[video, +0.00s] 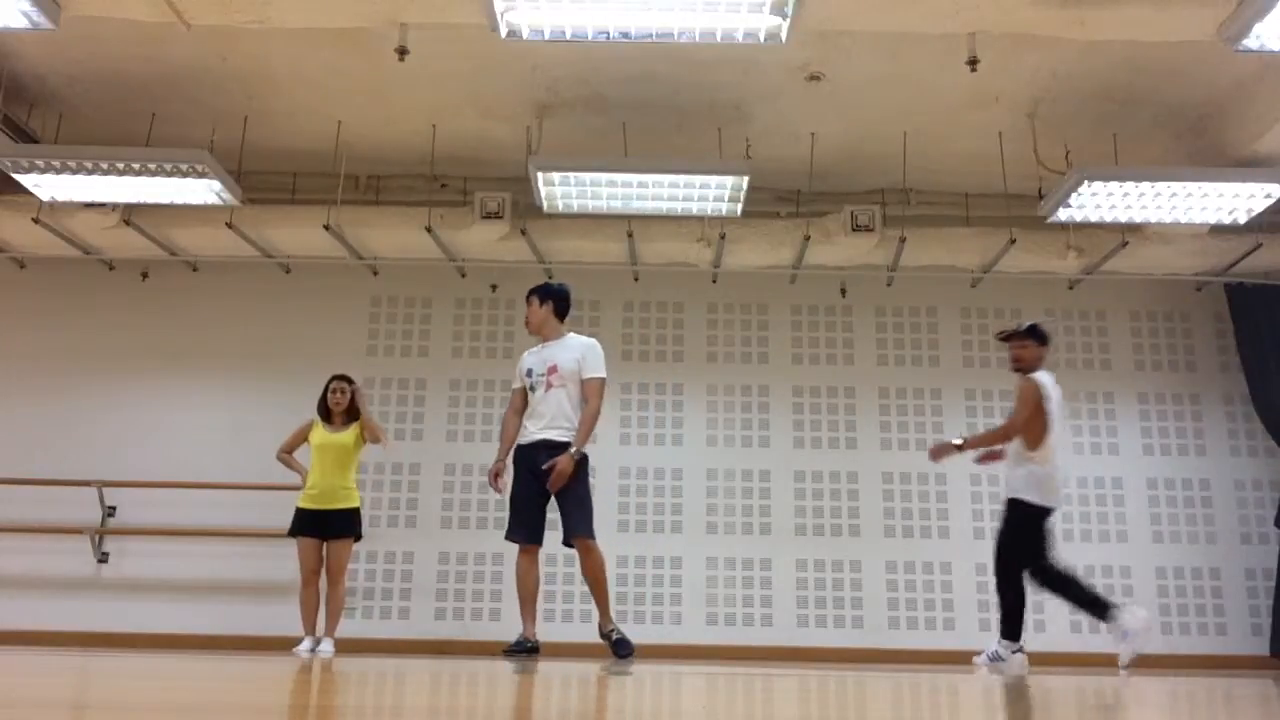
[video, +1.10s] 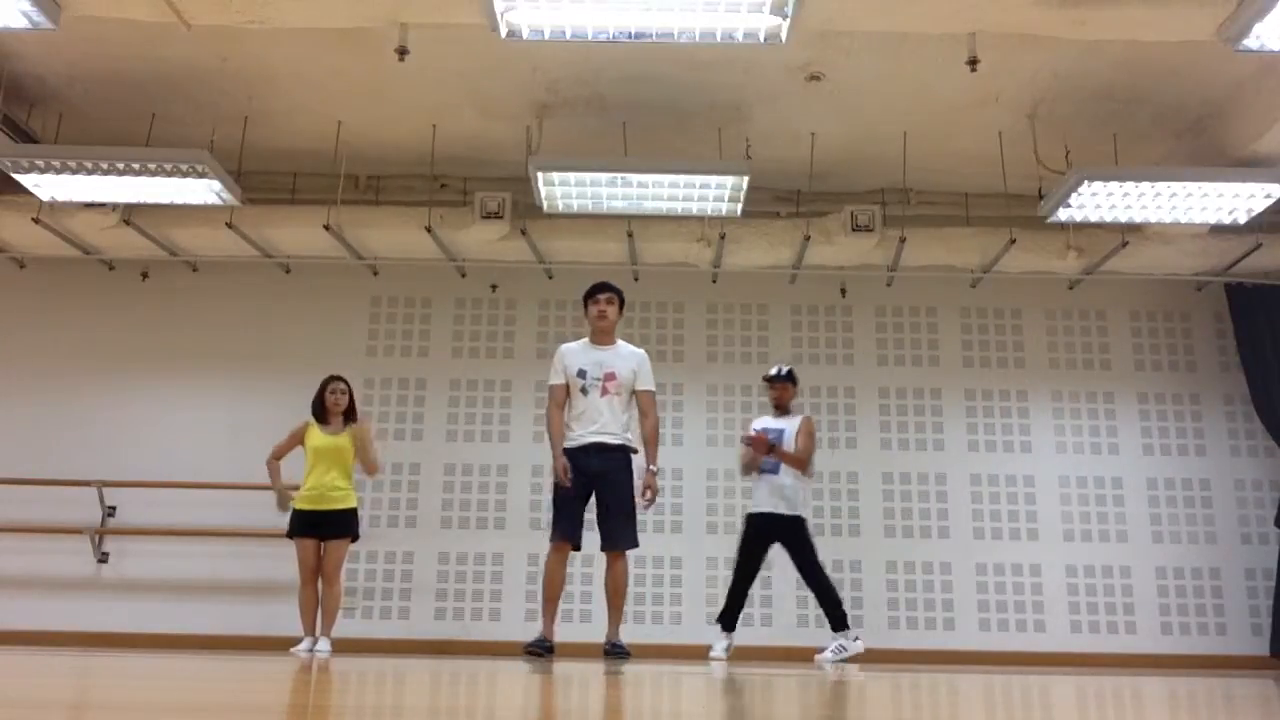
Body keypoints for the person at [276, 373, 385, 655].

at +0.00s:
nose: (337, 396)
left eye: (343, 392)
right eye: (333, 391)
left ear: (351, 397)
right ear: (325, 396)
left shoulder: (359, 426)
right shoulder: (314, 426)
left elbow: (377, 437)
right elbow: (282, 453)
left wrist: (363, 406)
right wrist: (303, 471)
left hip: (343, 506)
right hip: (311, 505)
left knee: (335, 577)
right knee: (309, 576)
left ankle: (329, 638)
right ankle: (309, 636)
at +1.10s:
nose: (337, 397)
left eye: (342, 393)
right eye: (332, 392)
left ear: (349, 398)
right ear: (322, 396)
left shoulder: (356, 431)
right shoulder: (308, 429)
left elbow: (371, 469)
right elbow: (273, 459)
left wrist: (362, 437)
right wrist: (279, 491)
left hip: (340, 507)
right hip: (307, 506)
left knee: (330, 575)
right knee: (308, 575)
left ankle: (325, 637)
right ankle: (308, 636)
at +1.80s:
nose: (337, 396)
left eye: (342, 392)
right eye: (332, 392)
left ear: (351, 398)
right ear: (324, 397)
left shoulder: (362, 430)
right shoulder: (310, 433)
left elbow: (374, 470)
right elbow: (301, 475)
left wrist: (365, 503)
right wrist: (290, 509)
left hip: (343, 508)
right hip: (309, 508)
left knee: (335, 577)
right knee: (310, 577)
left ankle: (328, 637)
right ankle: (310, 636)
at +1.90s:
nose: (337, 396)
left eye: (342, 392)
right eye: (333, 392)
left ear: (352, 398)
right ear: (325, 397)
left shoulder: (363, 430)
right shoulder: (311, 433)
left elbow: (375, 468)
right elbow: (299, 475)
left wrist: (374, 506)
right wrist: (287, 509)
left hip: (344, 509)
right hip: (310, 508)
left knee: (335, 577)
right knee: (310, 577)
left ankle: (328, 637)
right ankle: (311, 636)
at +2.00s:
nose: (337, 397)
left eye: (343, 393)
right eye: (333, 393)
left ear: (353, 399)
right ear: (325, 398)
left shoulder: (363, 431)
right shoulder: (311, 433)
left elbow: (373, 473)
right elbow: (298, 475)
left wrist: (377, 510)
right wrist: (286, 509)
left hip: (344, 509)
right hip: (310, 508)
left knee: (334, 576)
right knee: (310, 577)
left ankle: (328, 637)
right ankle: (311, 636)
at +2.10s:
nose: (338, 398)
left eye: (343, 394)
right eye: (334, 394)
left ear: (353, 399)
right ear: (326, 398)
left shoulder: (363, 431)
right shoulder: (311, 433)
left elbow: (370, 473)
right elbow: (298, 475)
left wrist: (374, 509)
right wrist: (286, 510)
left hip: (344, 509)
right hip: (310, 509)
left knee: (334, 576)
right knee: (310, 576)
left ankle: (328, 637)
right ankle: (311, 636)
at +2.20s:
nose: (338, 398)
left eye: (344, 394)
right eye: (334, 394)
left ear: (353, 399)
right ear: (326, 398)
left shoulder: (364, 431)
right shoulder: (311, 432)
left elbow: (369, 474)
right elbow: (299, 474)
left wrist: (363, 510)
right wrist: (291, 509)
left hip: (344, 508)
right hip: (311, 508)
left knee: (336, 575)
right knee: (311, 576)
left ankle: (328, 637)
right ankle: (311, 636)